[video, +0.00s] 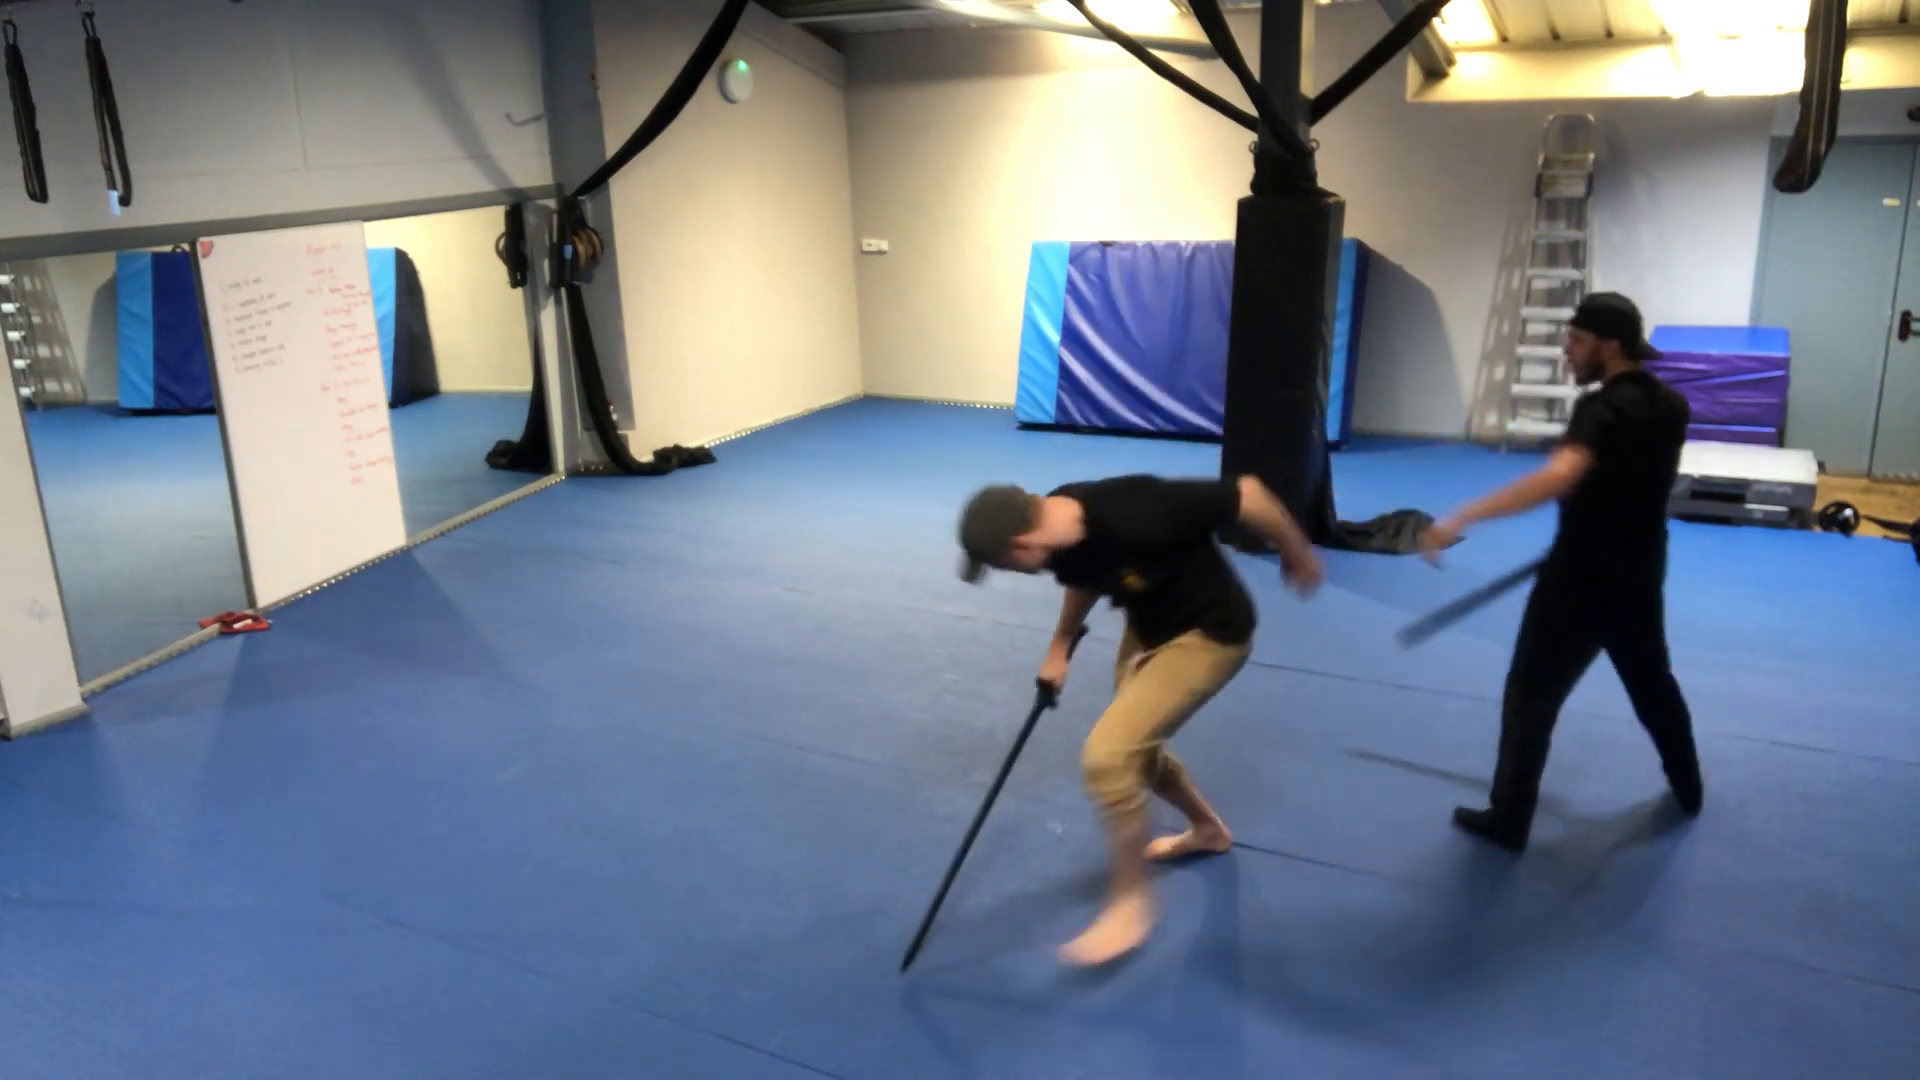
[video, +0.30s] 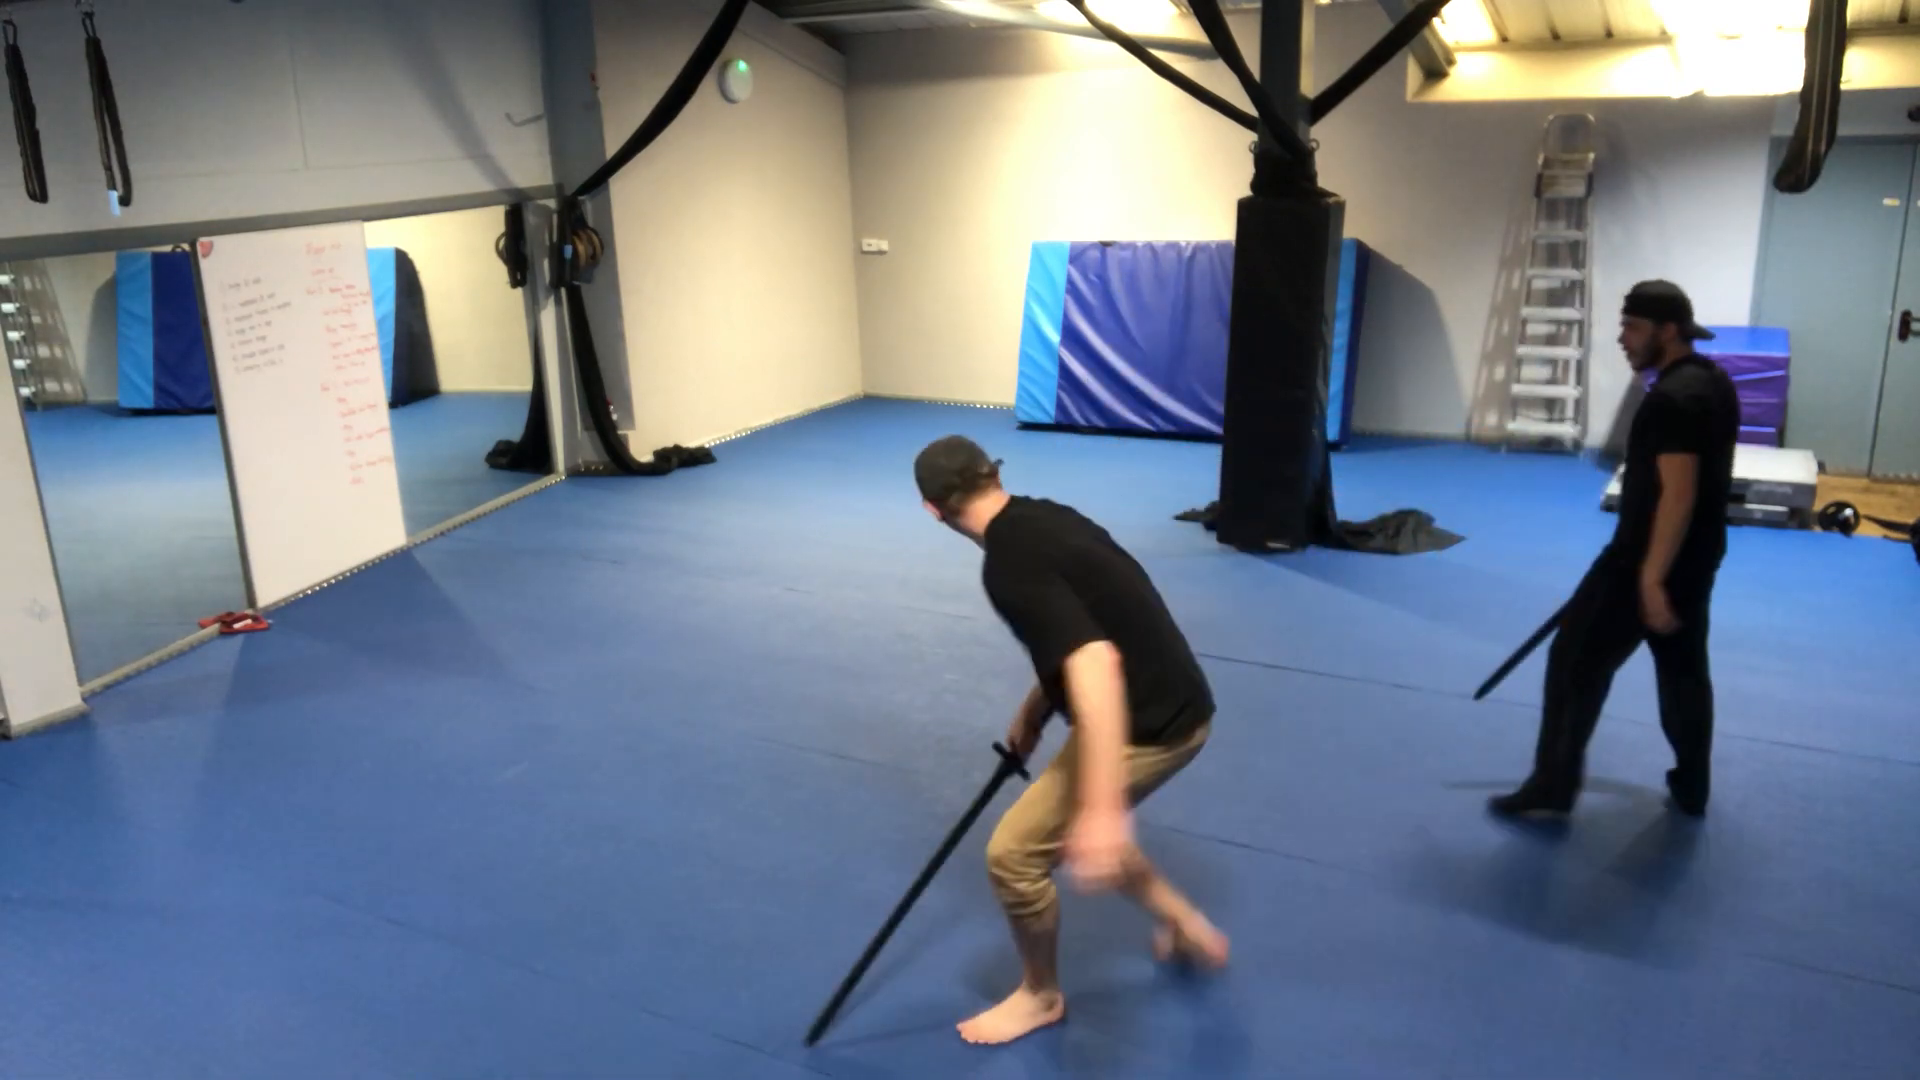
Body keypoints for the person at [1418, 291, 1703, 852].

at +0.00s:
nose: (1567, 349)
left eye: (1575, 339)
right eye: (1569, 338)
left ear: (1607, 345)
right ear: (1625, 346)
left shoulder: (1600, 407)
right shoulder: (1669, 405)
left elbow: (1562, 476)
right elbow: (1640, 490)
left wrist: (1464, 516)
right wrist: (1577, 534)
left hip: (1580, 576)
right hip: (1636, 577)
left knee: (1530, 694)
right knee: (1653, 684)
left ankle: (1508, 818)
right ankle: (1688, 788)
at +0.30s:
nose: (1621, 338)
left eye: (1630, 327)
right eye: (1622, 327)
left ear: (1666, 331)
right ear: (1673, 332)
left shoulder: (1672, 397)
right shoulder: (1714, 385)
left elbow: (1678, 495)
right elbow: (1694, 487)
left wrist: (1652, 576)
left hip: (1647, 552)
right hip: (1691, 555)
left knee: (1576, 656)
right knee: (1684, 673)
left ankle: (1551, 787)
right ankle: (1692, 787)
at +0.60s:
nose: (1630, 327)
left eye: (1639, 318)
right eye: (1630, 317)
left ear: (1676, 319)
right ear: (1678, 321)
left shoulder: (1673, 381)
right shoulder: (1720, 370)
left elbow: (1666, 480)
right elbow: (1681, 454)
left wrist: (1627, 546)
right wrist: (1627, 486)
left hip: (1656, 537)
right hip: (1705, 541)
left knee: (1608, 643)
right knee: (1695, 663)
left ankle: (1587, 740)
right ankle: (1694, 778)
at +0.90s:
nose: (1596, 335)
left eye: (1602, 325)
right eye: (1595, 325)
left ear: (1636, 323)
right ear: (1644, 323)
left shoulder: (1627, 389)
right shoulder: (1692, 367)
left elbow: (1587, 471)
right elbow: (1653, 436)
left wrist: (1562, 497)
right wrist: (1587, 444)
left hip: (1618, 536)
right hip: (1675, 536)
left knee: (1588, 628)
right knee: (1682, 655)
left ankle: (1558, 711)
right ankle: (1688, 779)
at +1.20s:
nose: (1547, 323)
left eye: (1552, 314)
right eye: (1546, 314)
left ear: (1585, 313)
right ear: (1596, 313)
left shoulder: (1569, 374)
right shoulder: (1640, 345)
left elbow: (1515, 438)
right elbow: (1591, 358)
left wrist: (1524, 394)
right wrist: (1539, 362)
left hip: (1567, 499)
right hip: (1622, 495)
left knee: (1550, 606)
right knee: (1610, 590)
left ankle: (1553, 711)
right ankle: (1643, 703)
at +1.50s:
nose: (1515, 319)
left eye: (1522, 311)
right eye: (1513, 310)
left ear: (1552, 310)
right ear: (1562, 309)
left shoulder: (1535, 366)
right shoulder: (1602, 337)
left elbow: (1468, 420)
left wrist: (1496, 372)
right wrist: (1517, 357)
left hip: (1538, 493)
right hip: (1583, 485)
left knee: (1529, 596)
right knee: (1550, 581)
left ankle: (1548, 709)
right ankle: (1538, 675)